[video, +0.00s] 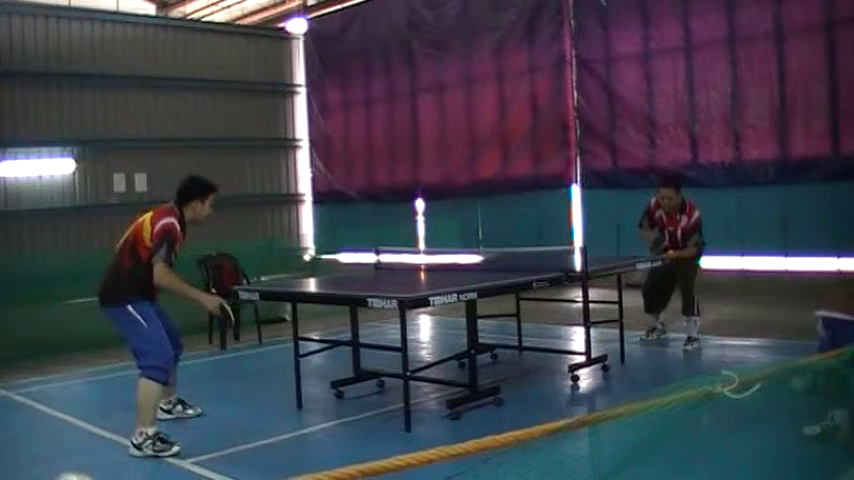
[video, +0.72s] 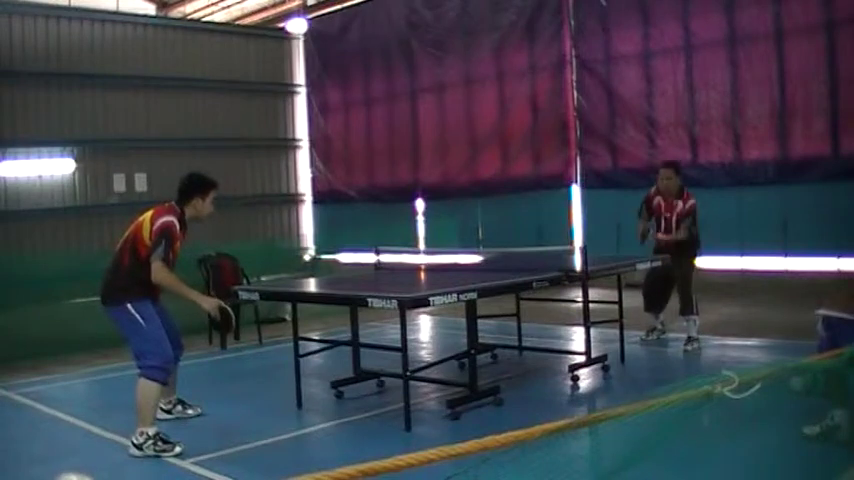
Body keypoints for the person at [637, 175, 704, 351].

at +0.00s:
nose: (665, 203)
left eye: (669, 198)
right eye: (662, 198)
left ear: (679, 196)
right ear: (658, 196)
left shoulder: (691, 214)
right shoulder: (654, 207)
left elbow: (696, 249)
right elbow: (643, 229)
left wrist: (675, 254)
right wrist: (653, 240)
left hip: (686, 258)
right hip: (665, 257)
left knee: (686, 288)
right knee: (650, 289)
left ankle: (692, 333)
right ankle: (656, 325)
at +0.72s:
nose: (664, 183)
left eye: (669, 179)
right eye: (661, 179)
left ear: (678, 180)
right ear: (657, 180)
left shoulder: (687, 202)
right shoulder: (653, 197)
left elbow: (685, 233)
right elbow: (644, 217)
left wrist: (665, 237)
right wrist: (644, 230)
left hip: (683, 250)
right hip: (662, 250)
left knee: (684, 288)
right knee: (652, 286)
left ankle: (692, 333)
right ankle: (657, 324)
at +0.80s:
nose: (664, 174)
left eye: (669, 169)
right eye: (662, 169)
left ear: (678, 172)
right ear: (659, 170)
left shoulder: (686, 195)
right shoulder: (655, 191)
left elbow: (688, 222)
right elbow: (642, 210)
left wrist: (670, 217)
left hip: (684, 250)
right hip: (662, 248)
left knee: (685, 290)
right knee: (654, 288)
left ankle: (692, 334)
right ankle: (658, 325)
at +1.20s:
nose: (663, 164)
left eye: (668, 160)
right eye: (660, 159)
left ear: (677, 163)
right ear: (657, 162)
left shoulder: (687, 186)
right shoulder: (652, 184)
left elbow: (695, 217)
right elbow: (642, 204)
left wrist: (685, 238)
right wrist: (662, 195)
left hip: (680, 244)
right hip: (657, 243)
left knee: (684, 286)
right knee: (654, 285)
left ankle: (692, 332)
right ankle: (658, 324)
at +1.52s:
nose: (658, 179)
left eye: (662, 175)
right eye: (655, 175)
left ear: (671, 176)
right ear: (652, 176)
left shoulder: (685, 194)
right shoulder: (647, 191)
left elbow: (703, 218)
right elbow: (642, 209)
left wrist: (701, 247)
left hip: (679, 248)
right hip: (655, 247)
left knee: (684, 288)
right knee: (650, 285)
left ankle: (692, 333)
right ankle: (655, 325)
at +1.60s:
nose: (655, 180)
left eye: (660, 176)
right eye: (653, 176)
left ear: (670, 177)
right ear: (651, 177)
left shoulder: (685, 194)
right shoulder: (646, 191)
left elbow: (704, 210)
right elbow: (625, 191)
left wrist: (704, 236)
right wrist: (620, 194)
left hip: (679, 251)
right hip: (655, 251)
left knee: (684, 289)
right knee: (649, 287)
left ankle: (692, 332)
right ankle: (655, 325)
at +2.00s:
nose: (654, 166)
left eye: (658, 162)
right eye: (651, 162)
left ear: (669, 163)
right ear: (649, 164)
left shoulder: (683, 186)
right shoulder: (645, 187)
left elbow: (703, 208)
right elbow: (632, 201)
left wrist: (705, 238)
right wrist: (626, 198)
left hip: (680, 246)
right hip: (656, 245)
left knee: (686, 282)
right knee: (653, 283)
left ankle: (700, 325)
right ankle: (657, 325)